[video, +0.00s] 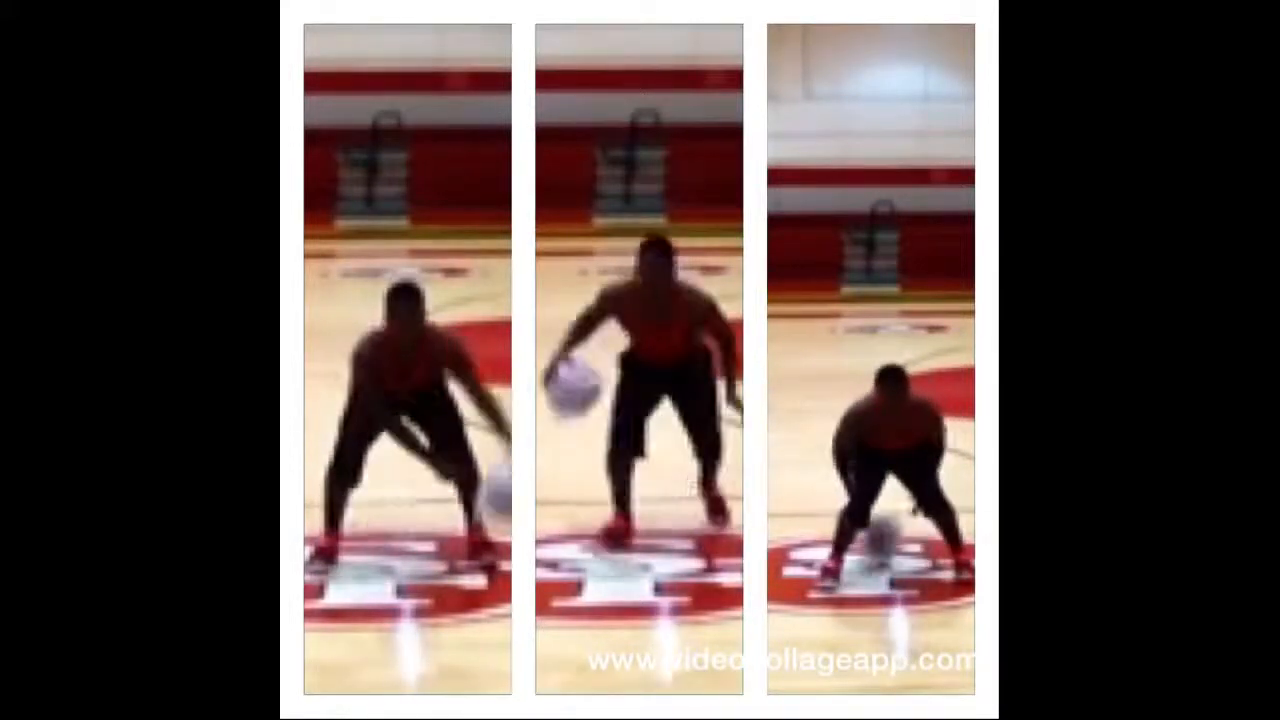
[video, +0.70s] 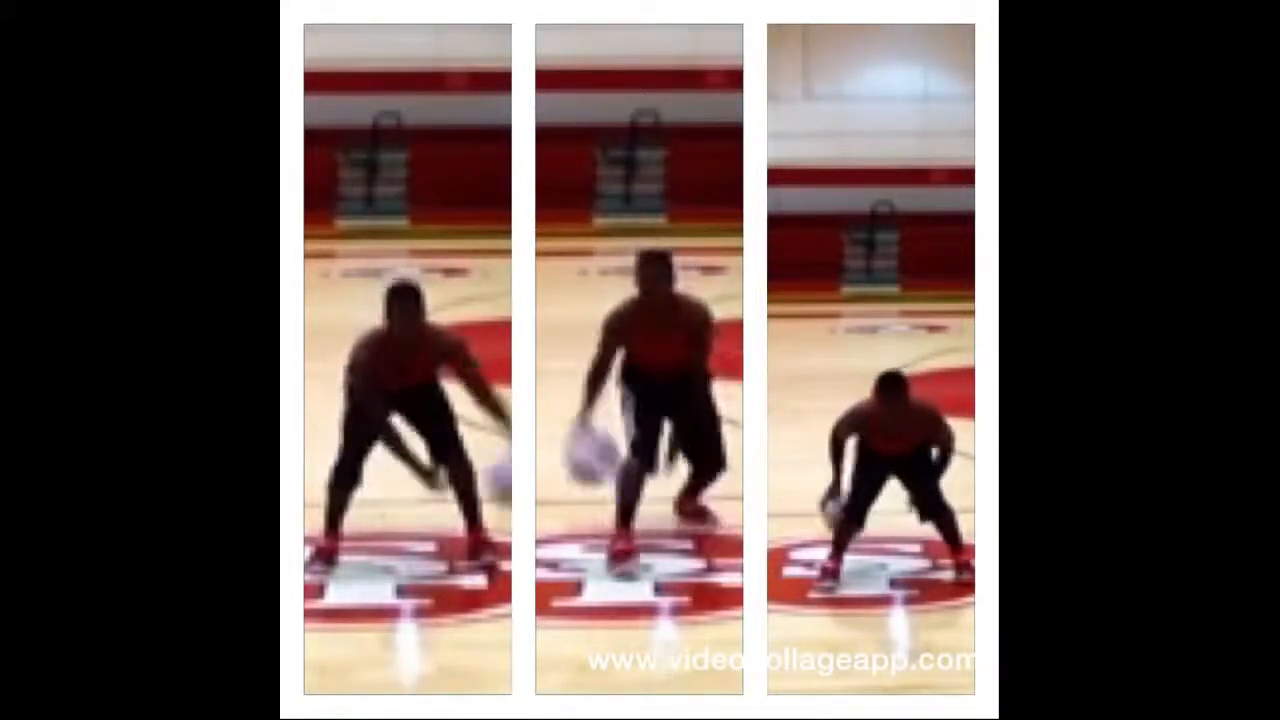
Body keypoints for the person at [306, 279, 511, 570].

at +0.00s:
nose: (406, 327)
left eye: (413, 318)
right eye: (399, 318)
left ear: (422, 315)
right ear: (388, 317)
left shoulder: (440, 345)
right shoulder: (370, 351)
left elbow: (477, 392)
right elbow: (385, 418)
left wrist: (506, 435)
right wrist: (432, 461)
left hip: (426, 398)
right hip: (375, 401)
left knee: (463, 464)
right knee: (341, 471)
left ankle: (475, 531)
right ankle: (330, 540)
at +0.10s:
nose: (414, 324)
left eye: (420, 314)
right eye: (406, 315)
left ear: (429, 312)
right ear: (396, 314)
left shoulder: (447, 342)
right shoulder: (375, 350)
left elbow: (483, 384)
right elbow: (386, 419)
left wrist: (511, 419)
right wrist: (429, 464)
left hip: (424, 394)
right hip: (375, 398)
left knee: (462, 460)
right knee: (347, 468)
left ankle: (476, 534)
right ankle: (331, 537)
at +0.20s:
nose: (408, 323)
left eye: (415, 314)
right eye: (402, 314)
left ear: (426, 311)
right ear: (391, 313)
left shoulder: (447, 345)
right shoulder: (370, 346)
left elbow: (449, 406)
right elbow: (360, 417)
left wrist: (440, 457)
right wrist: (372, 472)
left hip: (426, 396)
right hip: (376, 397)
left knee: (462, 460)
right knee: (347, 466)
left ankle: (476, 534)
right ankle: (331, 539)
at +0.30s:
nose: (399, 325)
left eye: (406, 316)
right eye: (392, 316)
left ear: (417, 314)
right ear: (383, 314)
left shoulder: (436, 347)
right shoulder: (361, 348)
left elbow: (417, 417)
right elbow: (335, 402)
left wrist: (372, 462)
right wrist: (307, 450)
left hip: (424, 397)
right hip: (374, 398)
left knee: (462, 464)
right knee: (345, 467)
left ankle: (476, 535)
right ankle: (329, 543)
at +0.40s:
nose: (394, 324)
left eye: (402, 315)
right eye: (388, 315)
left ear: (412, 312)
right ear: (377, 313)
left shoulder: (434, 345)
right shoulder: (357, 347)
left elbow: (422, 417)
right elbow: (337, 401)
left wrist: (389, 462)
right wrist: (321, 448)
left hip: (424, 396)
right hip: (372, 397)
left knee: (457, 459)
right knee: (346, 459)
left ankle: (476, 534)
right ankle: (330, 540)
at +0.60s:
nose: (402, 327)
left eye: (409, 318)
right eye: (396, 319)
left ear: (419, 316)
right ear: (385, 318)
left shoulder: (437, 345)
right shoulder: (368, 354)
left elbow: (478, 381)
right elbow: (357, 414)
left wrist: (510, 415)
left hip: (420, 405)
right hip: (369, 406)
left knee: (459, 466)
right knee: (340, 474)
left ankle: (476, 537)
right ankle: (329, 541)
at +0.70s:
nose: (406, 326)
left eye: (412, 316)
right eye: (399, 317)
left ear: (422, 314)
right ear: (388, 316)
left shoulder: (441, 344)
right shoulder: (367, 353)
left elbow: (479, 389)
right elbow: (381, 423)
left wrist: (509, 425)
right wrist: (421, 470)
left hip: (419, 392)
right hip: (371, 397)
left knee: (456, 458)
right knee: (347, 469)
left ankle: (476, 535)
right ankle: (330, 539)